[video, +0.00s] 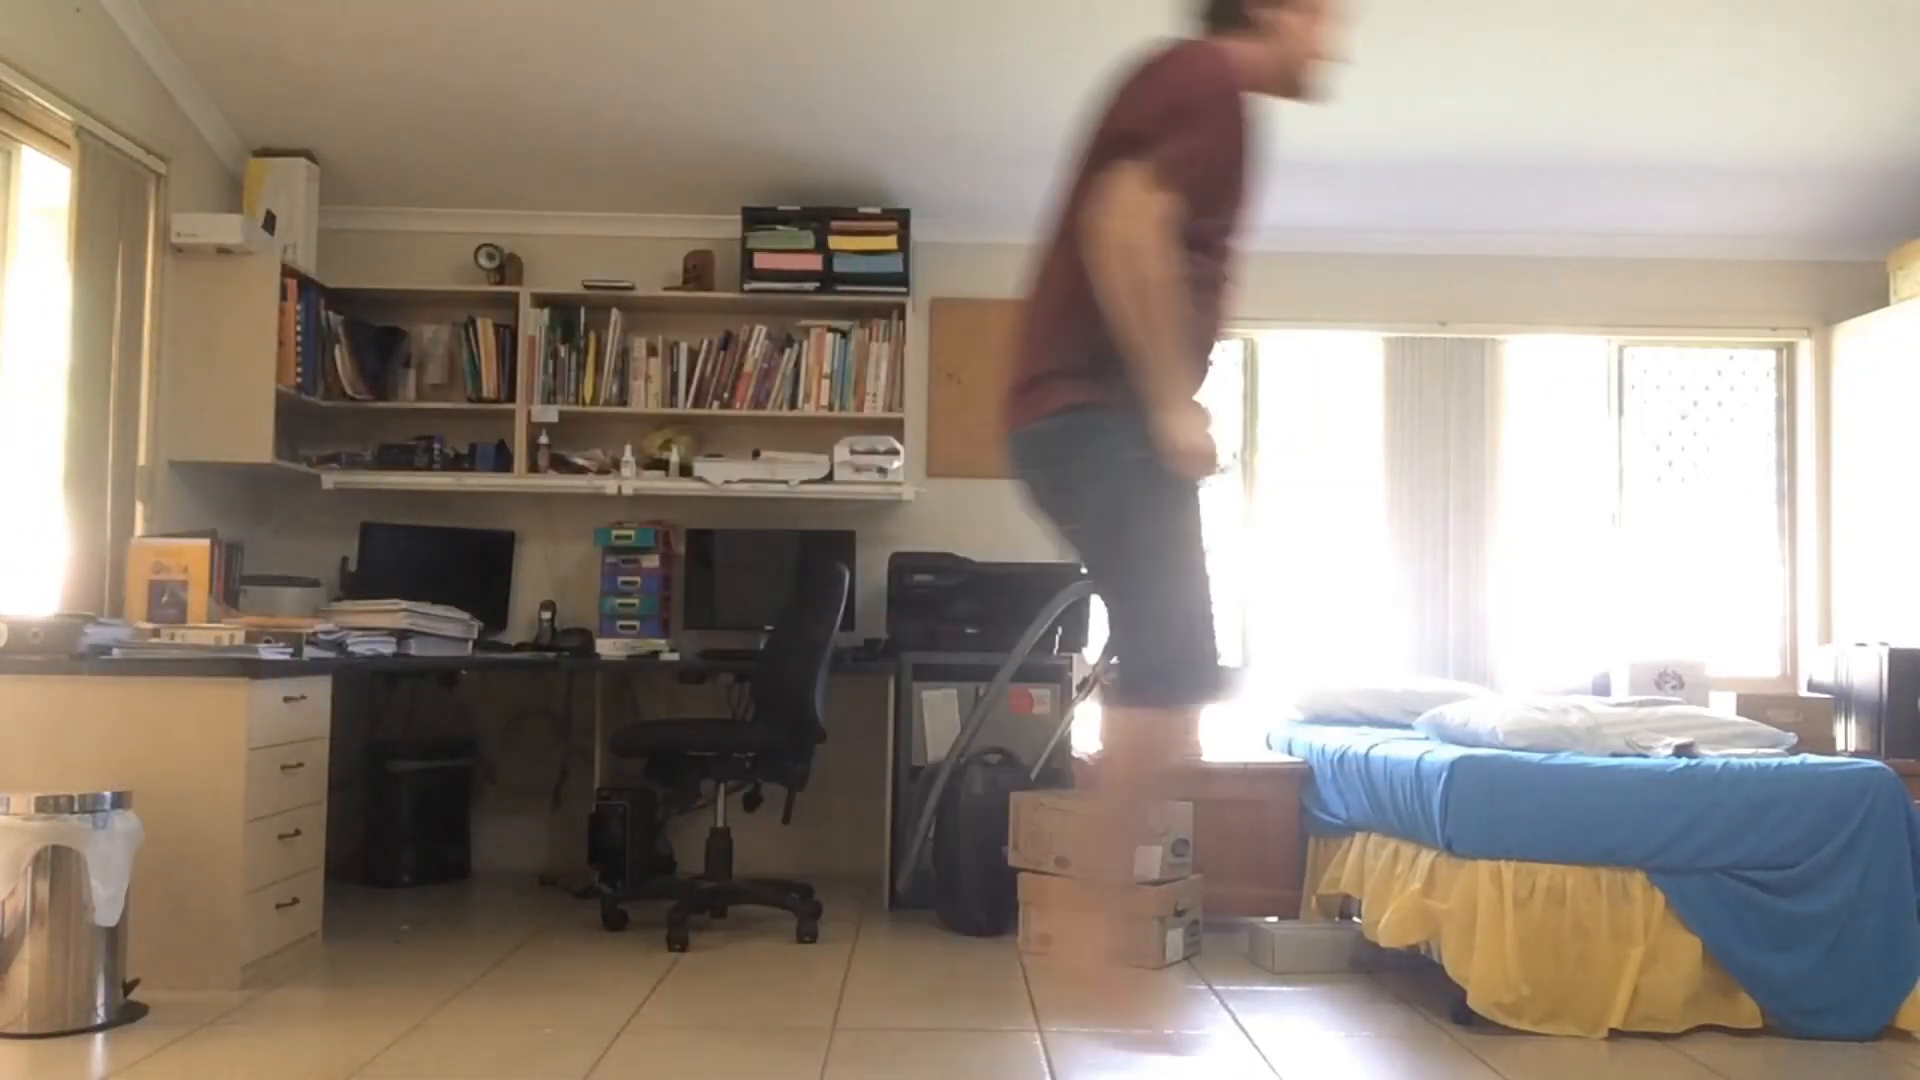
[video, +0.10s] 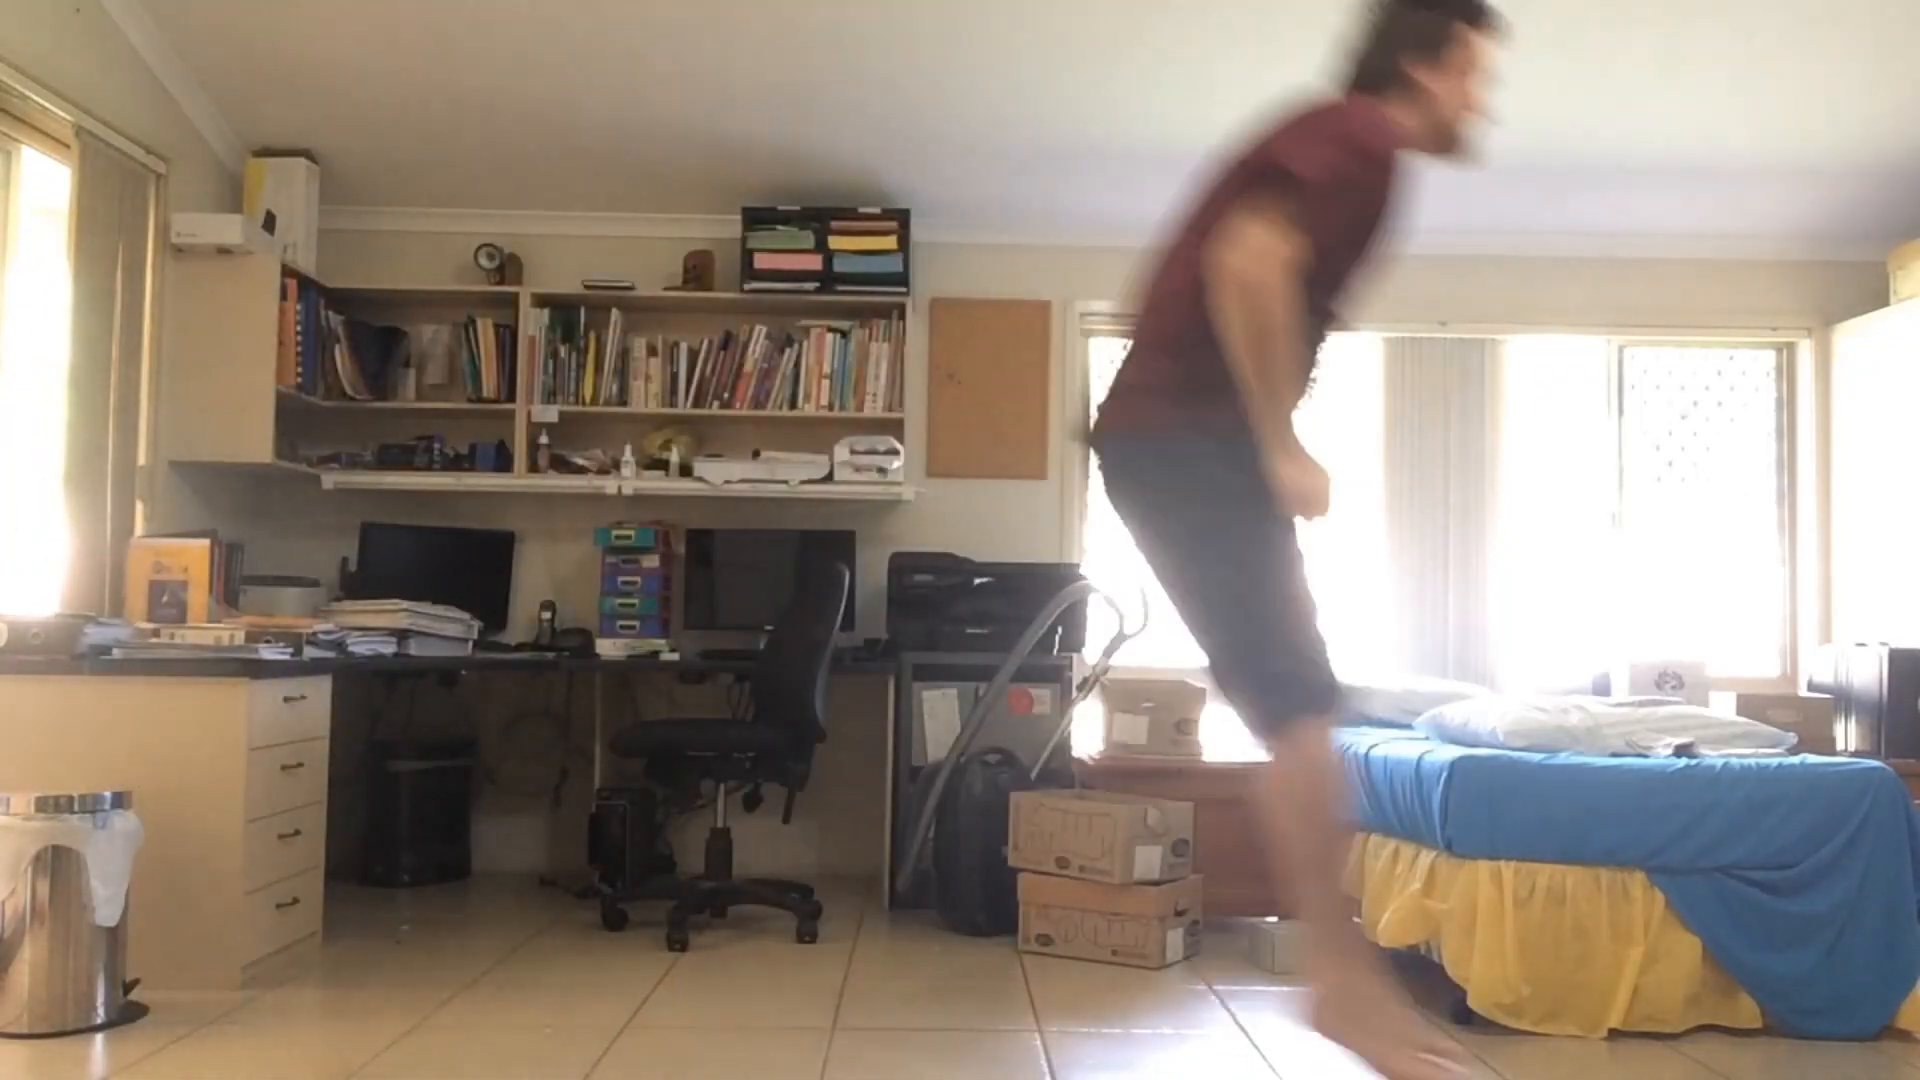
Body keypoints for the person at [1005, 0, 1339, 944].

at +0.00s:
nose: (1334, 46)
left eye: (1333, 27)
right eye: (1326, 23)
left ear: (1267, 17)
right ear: (1277, 14)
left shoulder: (1203, 83)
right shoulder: (1204, 74)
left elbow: (1129, 230)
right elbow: (1125, 217)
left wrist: (1171, 403)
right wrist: (1174, 400)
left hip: (1101, 417)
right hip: (1095, 417)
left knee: (1163, 673)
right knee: (1166, 674)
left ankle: (1127, 926)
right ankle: (1119, 935)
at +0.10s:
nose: (1484, 98)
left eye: (1484, 77)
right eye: (1475, 74)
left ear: (1414, 66)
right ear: (1424, 65)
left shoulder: (1346, 138)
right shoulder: (1353, 134)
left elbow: (1232, 269)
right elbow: (1247, 256)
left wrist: (1263, 430)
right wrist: (1280, 441)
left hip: (1187, 442)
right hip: (1185, 441)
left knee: (1299, 709)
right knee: (1298, 709)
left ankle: (1333, 959)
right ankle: (1340, 977)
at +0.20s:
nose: (1598, 176)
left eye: (1595, 154)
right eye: (1586, 153)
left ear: (1516, 154)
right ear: (1534, 153)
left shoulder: (1445, 226)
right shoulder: (1477, 230)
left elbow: (1350, 373)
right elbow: (1363, 356)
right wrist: (1386, 556)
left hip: (1292, 549)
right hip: (1312, 551)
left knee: (1445, 798)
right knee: (1456, 798)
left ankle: (1413, 1052)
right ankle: (1402, 1059)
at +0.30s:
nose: (1670, 213)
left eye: (1664, 193)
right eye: (1658, 195)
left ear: (1572, 211)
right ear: (1608, 210)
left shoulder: (1524, 297)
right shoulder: (1571, 302)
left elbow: (1477, 472)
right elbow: (1503, 463)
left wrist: (1496, 645)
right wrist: (1507, 651)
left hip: (1412, 639)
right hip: (1441, 643)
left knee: (1533, 861)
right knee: (1577, 875)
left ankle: (1426, 1058)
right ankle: (1403, 1064)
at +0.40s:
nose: (1734, 148)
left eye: (1729, 127)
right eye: (1723, 128)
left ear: (1618, 144)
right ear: (1681, 138)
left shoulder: (1566, 248)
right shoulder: (1666, 234)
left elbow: (1469, 398)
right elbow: (1594, 375)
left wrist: (1483, 545)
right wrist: (1637, 555)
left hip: (1523, 573)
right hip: (1579, 574)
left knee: (1583, 829)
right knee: (1626, 835)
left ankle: (1440, 1040)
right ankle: (1425, 1046)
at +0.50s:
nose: (1800, 79)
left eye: (1803, 58)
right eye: (1796, 56)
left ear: (1699, 50)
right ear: (1753, 44)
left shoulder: (1636, 150)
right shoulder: (1744, 112)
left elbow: (1523, 292)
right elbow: (1671, 218)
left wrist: (1578, 434)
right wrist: (1760, 396)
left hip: (1689, 482)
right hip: (1764, 478)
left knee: (1675, 729)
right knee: (1738, 741)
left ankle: (1522, 944)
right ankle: (1528, 936)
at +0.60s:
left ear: (1835, 9)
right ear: (1903, 5)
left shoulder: (1774, 92)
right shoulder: (1884, 61)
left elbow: (1687, 275)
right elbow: (1832, 191)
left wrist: (1703, 421)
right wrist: (1865, 376)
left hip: (1769, 438)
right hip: (1842, 436)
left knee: (1847, 682)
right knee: (1884, 683)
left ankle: (1733, 905)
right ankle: (1734, 888)